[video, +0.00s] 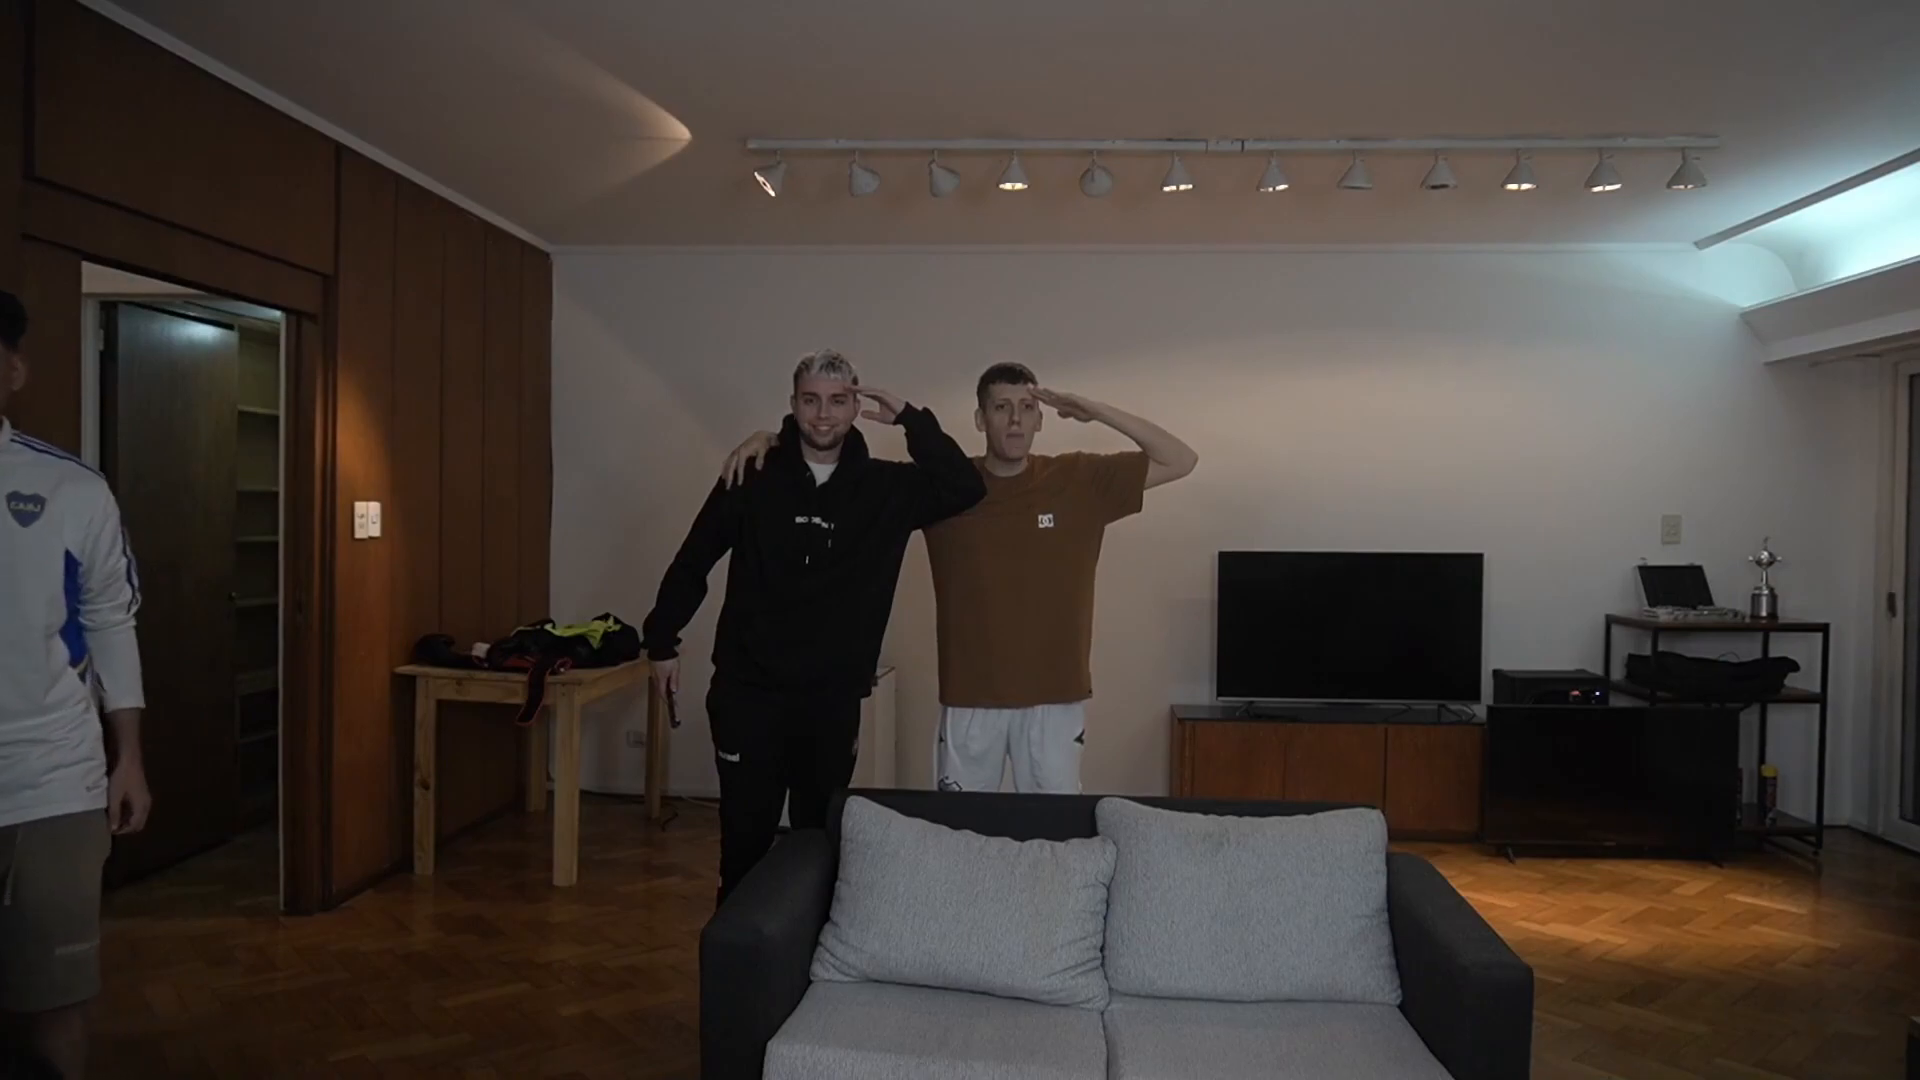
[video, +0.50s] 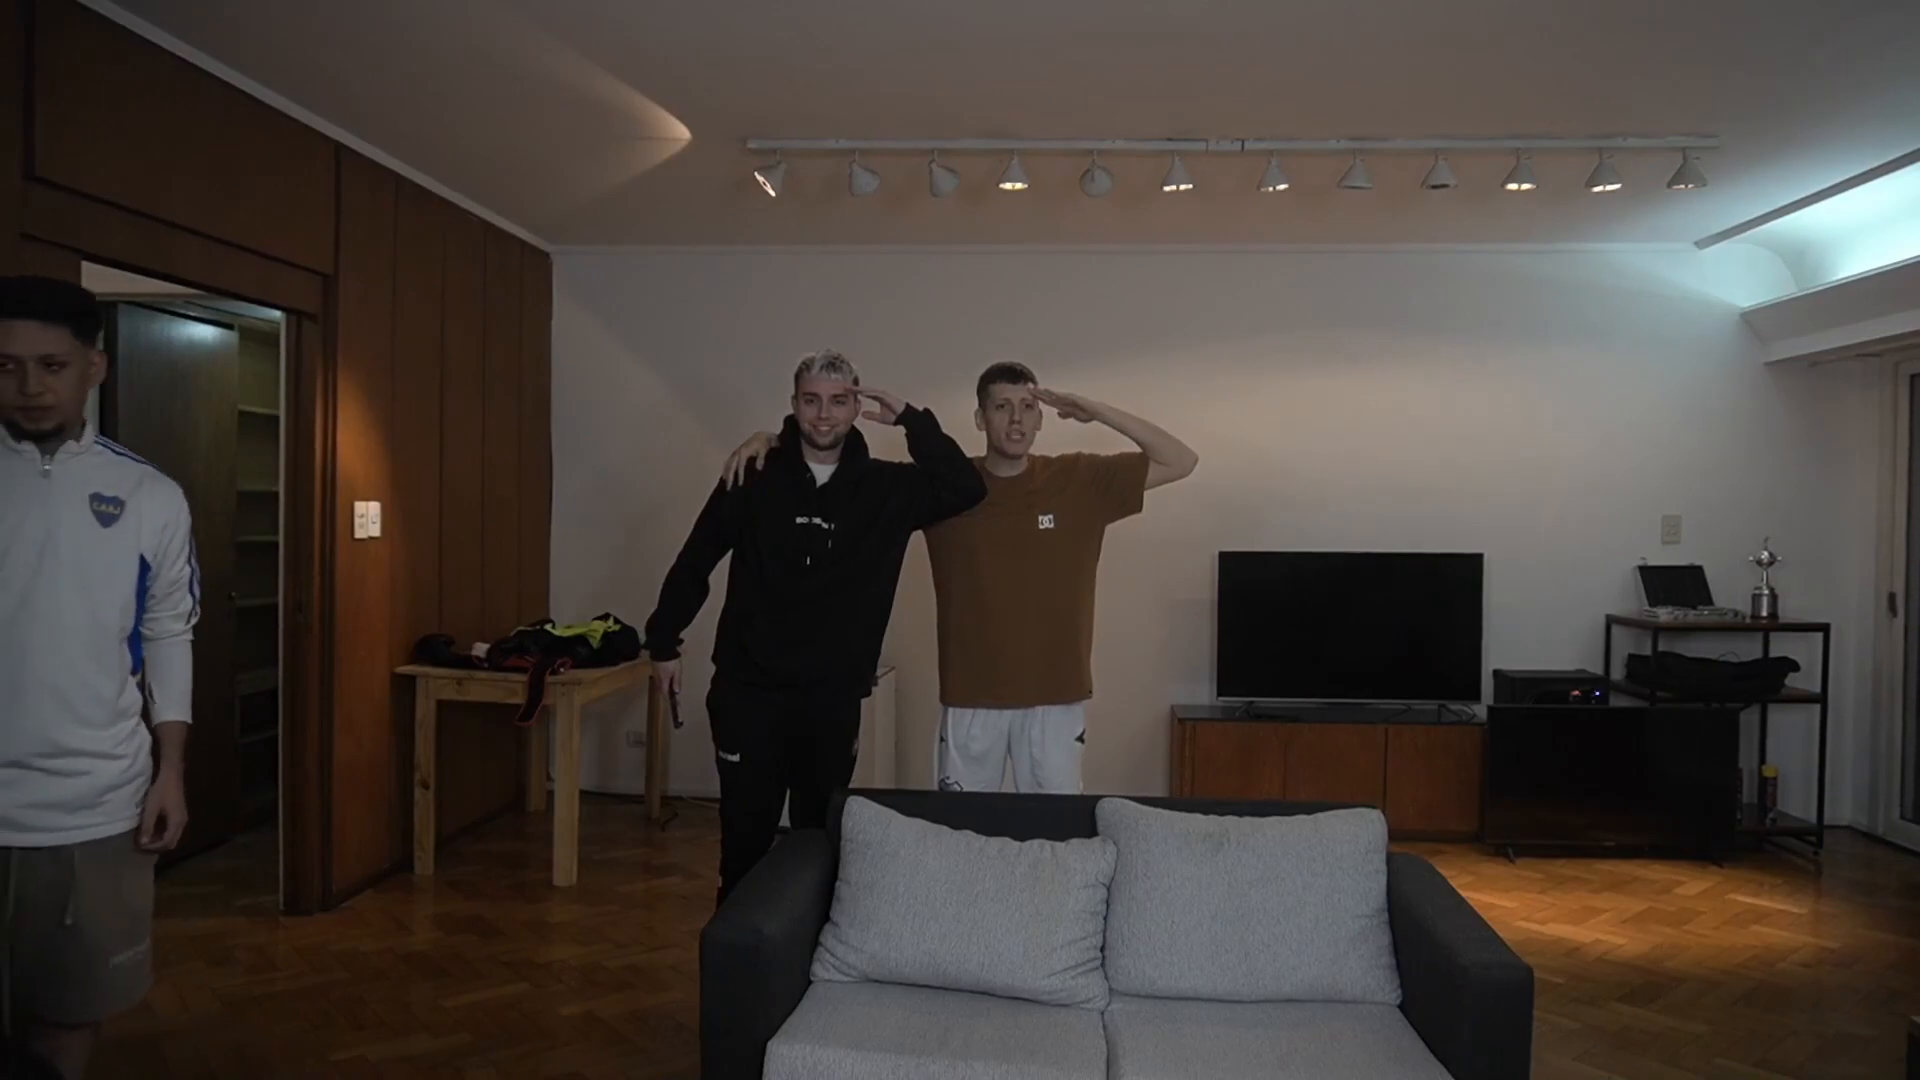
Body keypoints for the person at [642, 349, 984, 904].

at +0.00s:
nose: (823, 412)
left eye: (838, 400)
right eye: (811, 399)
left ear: (856, 409)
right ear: (793, 405)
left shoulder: (887, 486)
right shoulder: (753, 477)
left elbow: (965, 488)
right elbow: (694, 561)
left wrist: (913, 418)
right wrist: (661, 644)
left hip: (833, 693)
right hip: (748, 689)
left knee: (819, 836)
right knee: (747, 838)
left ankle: (815, 962)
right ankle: (738, 965)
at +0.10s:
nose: (823, 412)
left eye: (838, 399)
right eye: (811, 399)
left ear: (856, 409)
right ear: (793, 405)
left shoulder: (887, 486)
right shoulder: (753, 477)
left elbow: (965, 488)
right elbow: (694, 561)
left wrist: (913, 418)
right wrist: (661, 644)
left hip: (833, 693)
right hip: (748, 689)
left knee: (819, 836)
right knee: (747, 838)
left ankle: (815, 962)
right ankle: (739, 965)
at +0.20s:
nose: (824, 413)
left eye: (838, 400)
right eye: (811, 399)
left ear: (857, 409)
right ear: (793, 405)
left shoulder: (888, 486)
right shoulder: (753, 477)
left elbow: (965, 487)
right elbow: (694, 561)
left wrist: (913, 419)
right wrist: (662, 644)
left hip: (833, 693)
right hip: (749, 689)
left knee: (820, 837)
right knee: (747, 839)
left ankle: (816, 963)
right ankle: (738, 967)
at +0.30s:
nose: (824, 413)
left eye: (838, 400)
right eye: (811, 399)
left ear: (857, 409)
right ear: (793, 405)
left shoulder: (887, 486)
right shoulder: (753, 477)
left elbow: (965, 488)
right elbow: (695, 561)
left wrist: (914, 419)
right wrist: (662, 644)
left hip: (833, 692)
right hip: (749, 689)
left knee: (820, 836)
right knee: (747, 839)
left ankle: (816, 963)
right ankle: (738, 966)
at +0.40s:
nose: (824, 413)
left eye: (838, 400)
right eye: (811, 399)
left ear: (856, 409)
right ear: (793, 405)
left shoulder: (887, 487)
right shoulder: (753, 477)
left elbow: (965, 488)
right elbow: (695, 561)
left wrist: (913, 419)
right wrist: (663, 644)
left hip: (833, 692)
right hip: (749, 689)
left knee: (820, 837)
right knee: (747, 839)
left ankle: (816, 963)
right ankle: (738, 967)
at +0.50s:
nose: (824, 413)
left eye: (838, 400)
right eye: (811, 399)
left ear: (857, 409)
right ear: (794, 405)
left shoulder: (887, 487)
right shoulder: (754, 477)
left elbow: (965, 488)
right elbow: (696, 561)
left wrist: (913, 419)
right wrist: (663, 644)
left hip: (833, 692)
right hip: (749, 689)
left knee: (820, 837)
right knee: (746, 839)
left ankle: (816, 965)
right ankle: (738, 968)